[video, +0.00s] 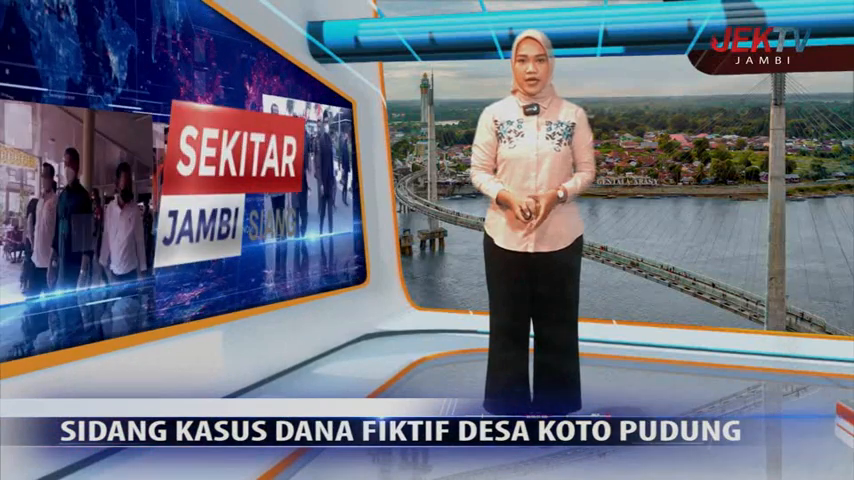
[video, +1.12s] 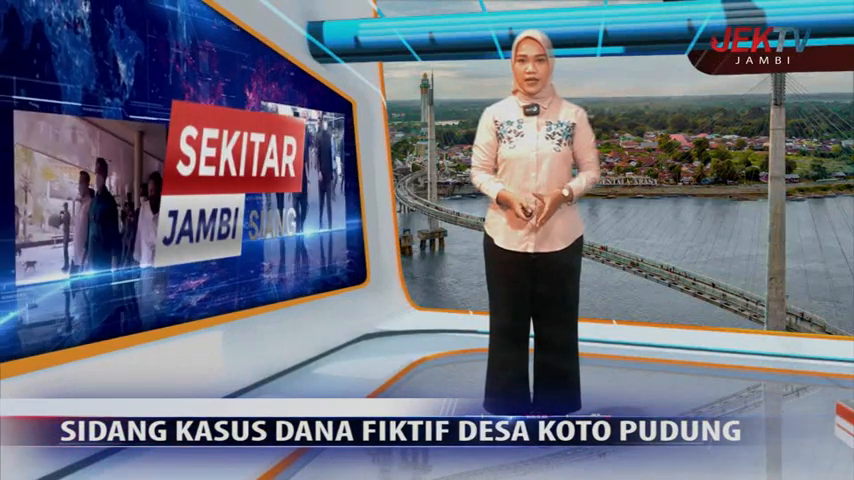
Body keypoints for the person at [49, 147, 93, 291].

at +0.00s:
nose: (66, 169)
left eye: (70, 165)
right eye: (65, 164)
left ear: (77, 167)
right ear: (63, 167)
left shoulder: (83, 196)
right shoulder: (62, 195)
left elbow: (88, 228)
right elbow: (58, 225)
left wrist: (86, 255)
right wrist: (54, 253)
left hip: (75, 252)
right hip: (61, 250)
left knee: (69, 293)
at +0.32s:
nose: (79, 178)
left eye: (82, 175)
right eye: (78, 174)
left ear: (88, 176)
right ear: (76, 176)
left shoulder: (92, 199)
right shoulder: (77, 199)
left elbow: (96, 229)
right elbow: (74, 226)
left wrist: (93, 255)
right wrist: (72, 253)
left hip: (90, 251)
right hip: (77, 251)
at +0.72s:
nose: (90, 175)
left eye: (93, 172)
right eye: (89, 172)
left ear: (98, 173)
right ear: (87, 173)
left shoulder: (103, 194)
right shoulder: (89, 194)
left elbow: (108, 220)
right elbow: (85, 220)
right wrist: (81, 244)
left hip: (99, 243)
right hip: (88, 243)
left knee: (97, 277)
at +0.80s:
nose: (93, 177)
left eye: (95, 174)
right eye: (91, 173)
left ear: (101, 174)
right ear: (89, 175)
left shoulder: (106, 196)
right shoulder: (90, 195)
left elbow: (110, 222)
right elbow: (86, 220)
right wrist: (83, 243)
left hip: (102, 245)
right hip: (90, 244)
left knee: (100, 279)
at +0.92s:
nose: (96, 178)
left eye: (99, 175)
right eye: (95, 174)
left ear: (104, 176)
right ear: (93, 177)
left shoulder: (109, 198)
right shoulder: (95, 197)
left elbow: (114, 222)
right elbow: (90, 221)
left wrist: (115, 245)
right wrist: (86, 242)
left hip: (106, 244)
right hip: (96, 244)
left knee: (104, 278)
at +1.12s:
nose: (97, 179)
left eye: (100, 175)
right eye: (96, 175)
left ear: (105, 176)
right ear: (95, 176)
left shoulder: (108, 200)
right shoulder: (95, 199)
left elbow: (113, 227)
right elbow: (91, 224)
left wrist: (114, 250)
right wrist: (87, 247)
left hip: (104, 248)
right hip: (93, 247)